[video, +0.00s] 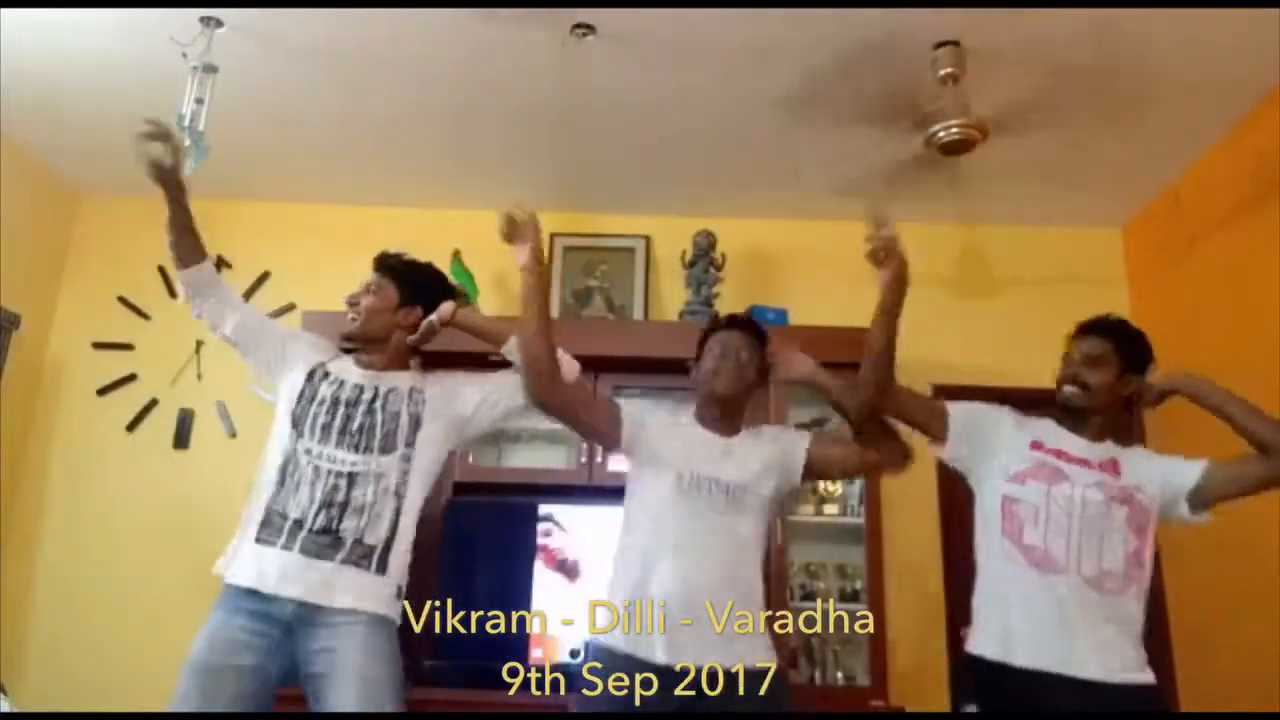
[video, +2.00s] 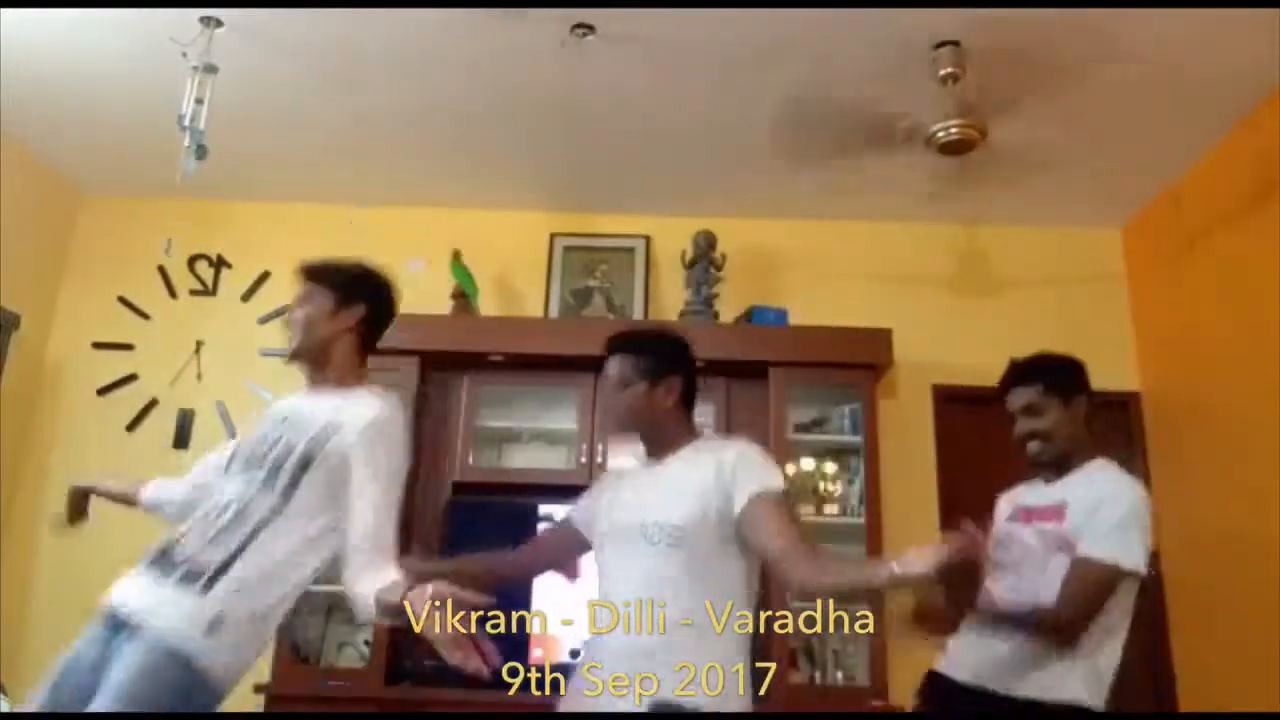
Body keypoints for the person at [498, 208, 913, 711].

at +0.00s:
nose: (722, 360)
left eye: (737, 354)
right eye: (714, 351)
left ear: (758, 376)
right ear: (694, 368)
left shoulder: (778, 449)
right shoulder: (646, 429)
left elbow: (889, 455)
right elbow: (545, 388)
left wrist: (818, 376)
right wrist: (532, 265)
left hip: (738, 677)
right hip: (630, 665)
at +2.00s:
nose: (604, 400)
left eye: (619, 387)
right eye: (605, 386)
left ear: (671, 393)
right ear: (647, 395)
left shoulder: (734, 462)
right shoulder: (611, 487)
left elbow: (801, 570)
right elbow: (526, 561)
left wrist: (908, 567)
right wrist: (434, 570)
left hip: (698, 695)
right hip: (600, 694)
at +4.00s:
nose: (714, 389)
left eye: (730, 382)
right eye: (706, 378)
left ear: (755, 399)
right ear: (692, 390)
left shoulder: (781, 465)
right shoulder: (647, 452)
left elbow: (892, 404)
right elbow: (570, 360)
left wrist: (787, 380)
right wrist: (543, 247)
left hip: (761, 689)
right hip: (655, 687)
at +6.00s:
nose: (690, 441)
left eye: (702, 426)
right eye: (689, 428)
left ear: (750, 427)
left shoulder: (827, 481)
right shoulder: (714, 503)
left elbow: (854, 626)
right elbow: (702, 621)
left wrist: (735, 610)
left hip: (869, 683)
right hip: (792, 687)